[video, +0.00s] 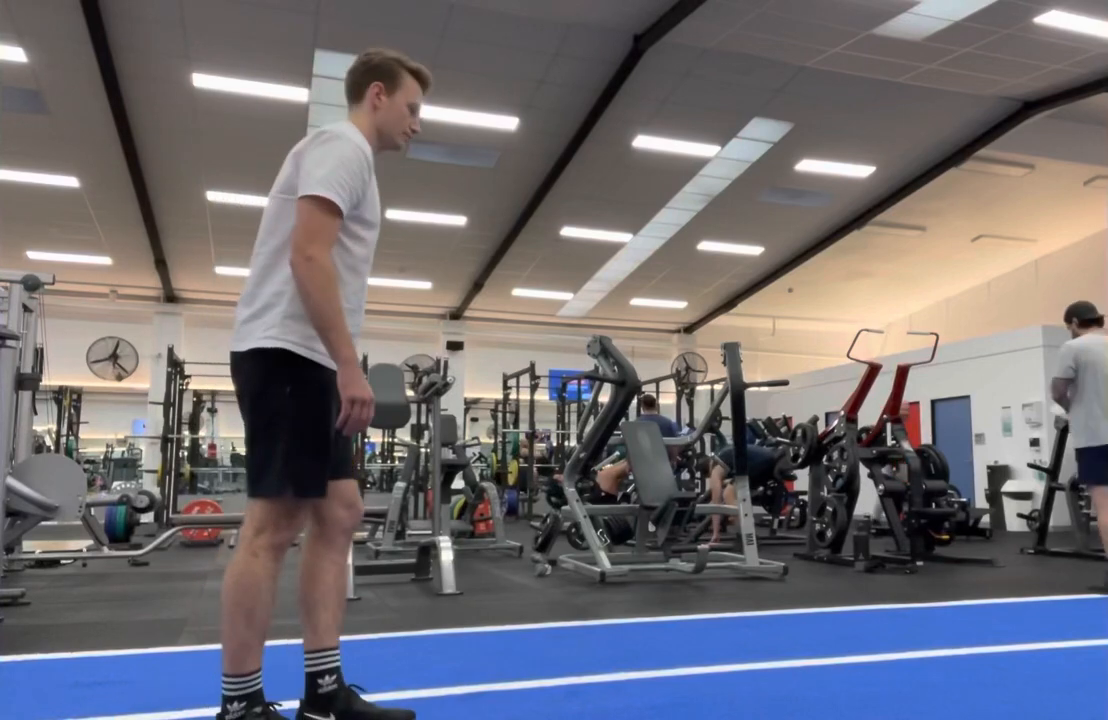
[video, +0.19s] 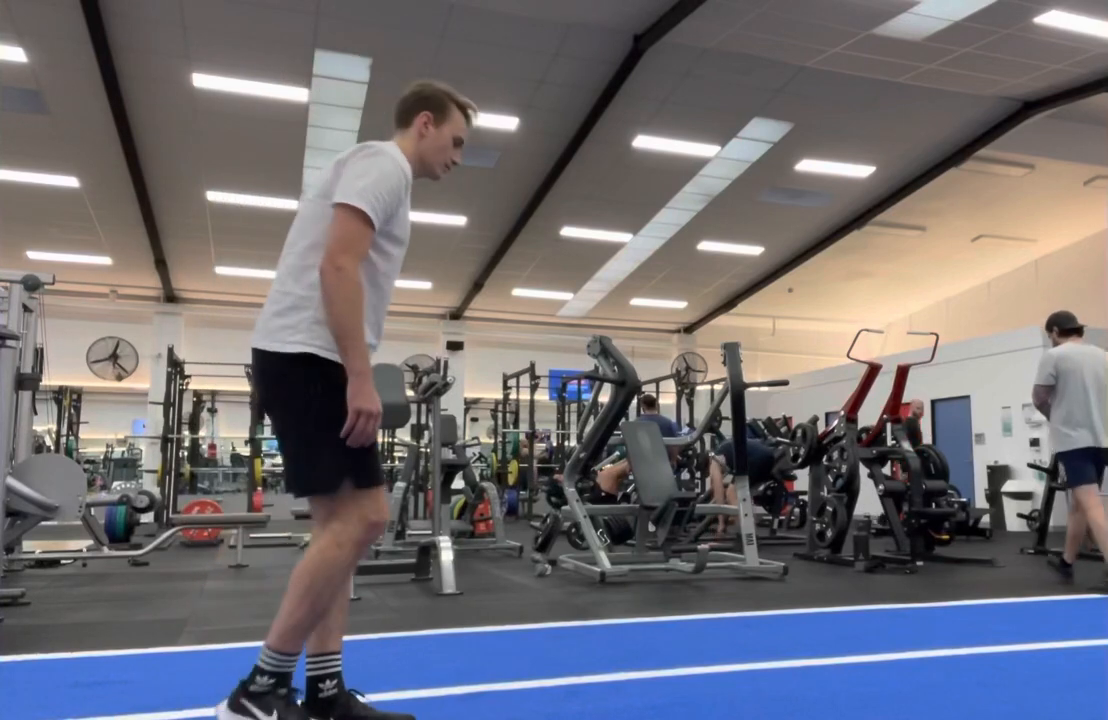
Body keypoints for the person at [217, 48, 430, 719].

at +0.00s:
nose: (418, 121)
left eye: (421, 110)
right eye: (413, 106)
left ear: (374, 99)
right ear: (376, 96)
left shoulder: (346, 155)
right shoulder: (341, 147)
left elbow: (305, 267)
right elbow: (309, 257)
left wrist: (340, 368)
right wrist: (350, 365)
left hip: (308, 358)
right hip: (286, 354)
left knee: (340, 513)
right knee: (271, 526)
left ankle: (324, 689)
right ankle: (240, 703)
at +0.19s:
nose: (458, 158)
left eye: (462, 146)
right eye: (456, 142)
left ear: (421, 127)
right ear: (424, 124)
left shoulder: (370, 168)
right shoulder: (382, 164)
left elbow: (327, 272)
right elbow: (338, 264)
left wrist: (353, 377)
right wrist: (361, 375)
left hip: (301, 356)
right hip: (309, 355)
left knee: (335, 520)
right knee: (365, 513)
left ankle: (324, 690)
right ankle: (263, 686)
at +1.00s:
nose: (541, 421)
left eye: (551, 415)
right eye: (549, 408)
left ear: (531, 375)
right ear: (534, 379)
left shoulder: (467, 372)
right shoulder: (490, 369)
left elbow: (433, 504)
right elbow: (457, 507)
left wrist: (429, 613)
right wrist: (464, 630)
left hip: (298, 354)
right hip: (310, 358)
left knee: (356, 529)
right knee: (369, 530)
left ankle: (327, 692)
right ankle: (434, 695)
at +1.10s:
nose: (547, 420)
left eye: (557, 414)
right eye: (555, 407)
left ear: (537, 372)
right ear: (540, 376)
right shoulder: (496, 364)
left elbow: (454, 509)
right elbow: (484, 508)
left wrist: (476, 610)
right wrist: (513, 623)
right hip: (317, 355)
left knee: (362, 526)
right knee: (375, 525)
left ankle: (328, 692)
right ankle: (434, 694)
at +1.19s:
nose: (557, 403)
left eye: (567, 399)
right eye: (565, 392)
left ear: (547, 361)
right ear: (551, 363)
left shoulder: (484, 366)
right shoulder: (506, 352)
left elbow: (472, 498)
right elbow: (501, 492)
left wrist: (524, 586)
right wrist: (557, 587)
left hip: (314, 350)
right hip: (327, 354)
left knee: (363, 526)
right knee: (386, 525)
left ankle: (329, 691)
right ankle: (438, 695)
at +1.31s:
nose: (574, 382)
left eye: (583, 374)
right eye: (580, 367)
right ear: (563, 338)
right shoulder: (517, 331)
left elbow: (477, 479)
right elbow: (510, 466)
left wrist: (548, 538)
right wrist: (578, 527)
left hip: (322, 349)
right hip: (346, 355)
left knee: (368, 524)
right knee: (406, 520)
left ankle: (329, 691)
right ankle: (443, 695)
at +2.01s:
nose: (620, 160)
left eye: (624, 149)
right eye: (618, 144)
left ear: (576, 133)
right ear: (589, 130)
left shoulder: (526, 179)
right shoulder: (567, 175)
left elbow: (494, 285)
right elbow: (538, 272)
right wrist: (569, 377)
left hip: (477, 361)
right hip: (510, 361)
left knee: (511, 520)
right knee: (556, 514)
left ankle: (493, 675)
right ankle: (471, 674)